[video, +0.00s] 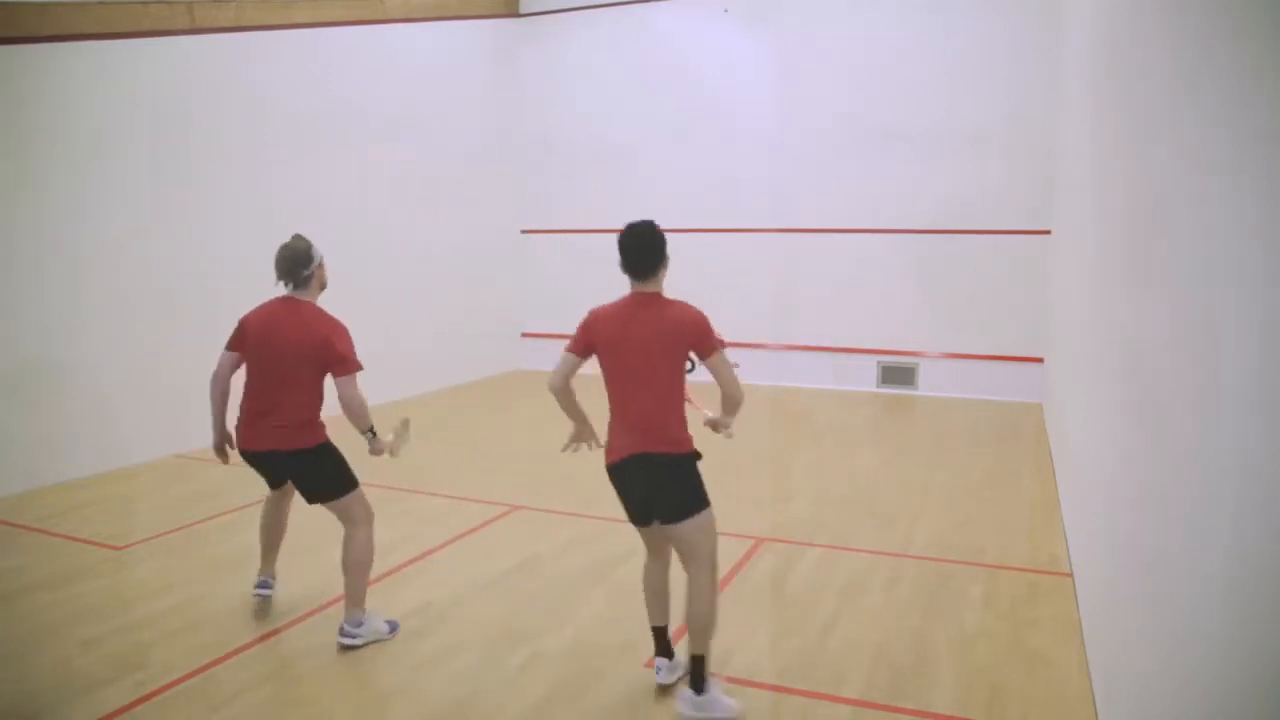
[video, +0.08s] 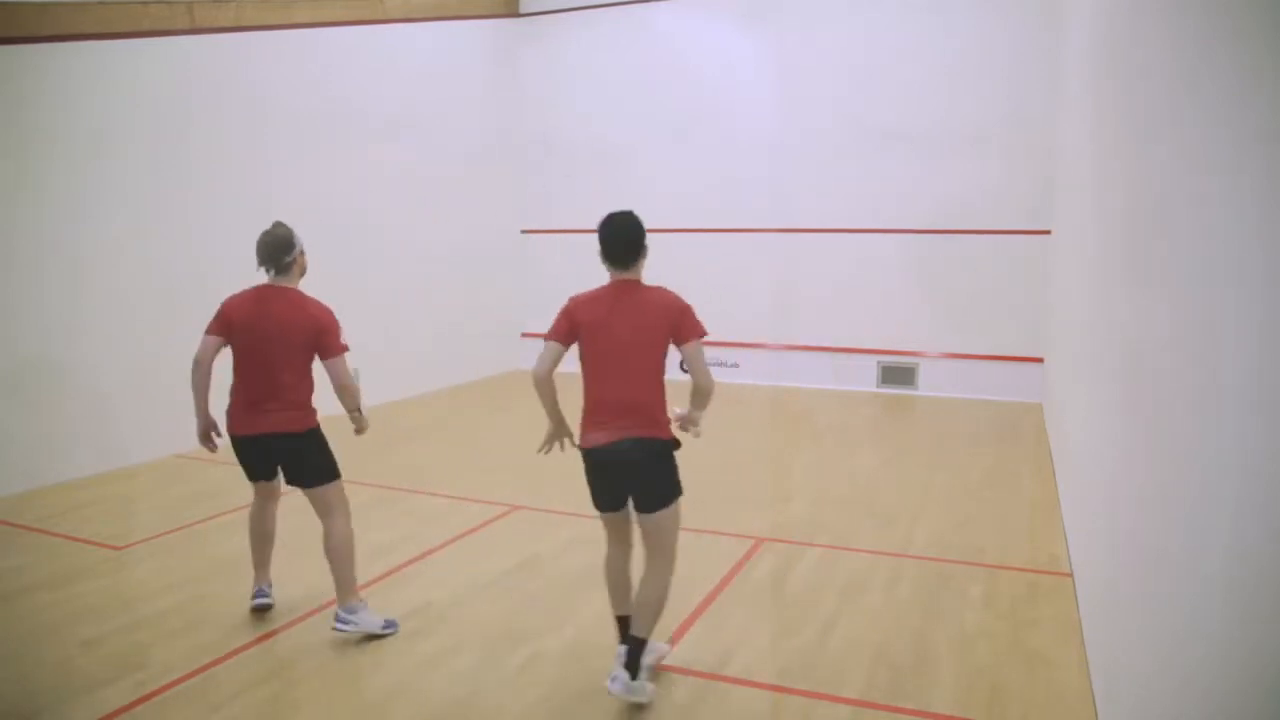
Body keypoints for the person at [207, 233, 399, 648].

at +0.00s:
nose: (326, 271)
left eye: (322, 265)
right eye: (323, 266)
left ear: (284, 276)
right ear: (318, 273)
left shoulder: (255, 319)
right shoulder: (329, 330)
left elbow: (221, 375)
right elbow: (349, 399)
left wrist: (218, 429)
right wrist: (372, 436)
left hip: (252, 443)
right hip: (303, 446)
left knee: (281, 488)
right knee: (359, 517)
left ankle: (265, 578)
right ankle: (355, 621)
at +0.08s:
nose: (306, 259)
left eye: (301, 253)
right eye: (304, 253)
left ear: (264, 263)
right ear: (298, 259)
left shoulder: (235, 306)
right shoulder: (315, 314)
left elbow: (202, 359)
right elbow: (341, 382)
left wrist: (202, 415)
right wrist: (356, 412)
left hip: (245, 432)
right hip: (296, 431)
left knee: (265, 494)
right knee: (335, 512)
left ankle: (261, 586)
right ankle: (350, 608)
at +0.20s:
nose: (277, 240)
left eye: (273, 235)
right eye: (275, 236)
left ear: (234, 246)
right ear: (272, 242)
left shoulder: (209, 290)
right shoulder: (295, 292)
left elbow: (185, 348)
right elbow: (323, 358)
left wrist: (180, 399)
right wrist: (319, 383)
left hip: (230, 415)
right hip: (282, 412)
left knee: (243, 487)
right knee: (298, 493)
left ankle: (252, 574)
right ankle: (298, 586)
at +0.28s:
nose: (261, 242)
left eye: (256, 236)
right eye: (259, 237)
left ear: (219, 247)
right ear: (256, 243)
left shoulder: (201, 290)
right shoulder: (282, 291)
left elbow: (175, 353)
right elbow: (296, 350)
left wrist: (168, 392)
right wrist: (266, 371)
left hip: (221, 414)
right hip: (274, 411)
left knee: (223, 484)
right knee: (278, 495)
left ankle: (234, 564)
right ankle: (283, 583)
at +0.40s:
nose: (238, 254)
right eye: (236, 250)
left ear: (199, 261)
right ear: (235, 257)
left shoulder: (190, 309)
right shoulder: (256, 303)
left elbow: (164, 361)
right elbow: (241, 344)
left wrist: (148, 373)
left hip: (209, 424)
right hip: (260, 421)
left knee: (193, 490)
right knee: (266, 499)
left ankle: (181, 552)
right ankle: (280, 580)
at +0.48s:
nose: (223, 266)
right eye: (222, 261)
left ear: (186, 270)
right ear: (220, 267)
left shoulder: (177, 318)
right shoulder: (237, 310)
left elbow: (156, 363)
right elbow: (189, 338)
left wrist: (143, 360)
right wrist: (145, 320)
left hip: (197, 432)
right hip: (247, 428)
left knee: (176, 496)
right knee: (254, 500)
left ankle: (161, 554)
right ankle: (276, 568)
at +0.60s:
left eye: (163, 280)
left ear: (166, 283)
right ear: (199, 281)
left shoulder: (161, 334)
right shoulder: (212, 323)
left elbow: (143, 372)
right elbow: (156, 340)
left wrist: (133, 371)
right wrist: (113, 330)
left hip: (175, 438)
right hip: (223, 436)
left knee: (143, 479)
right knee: (231, 502)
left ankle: (155, 555)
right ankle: (268, 550)